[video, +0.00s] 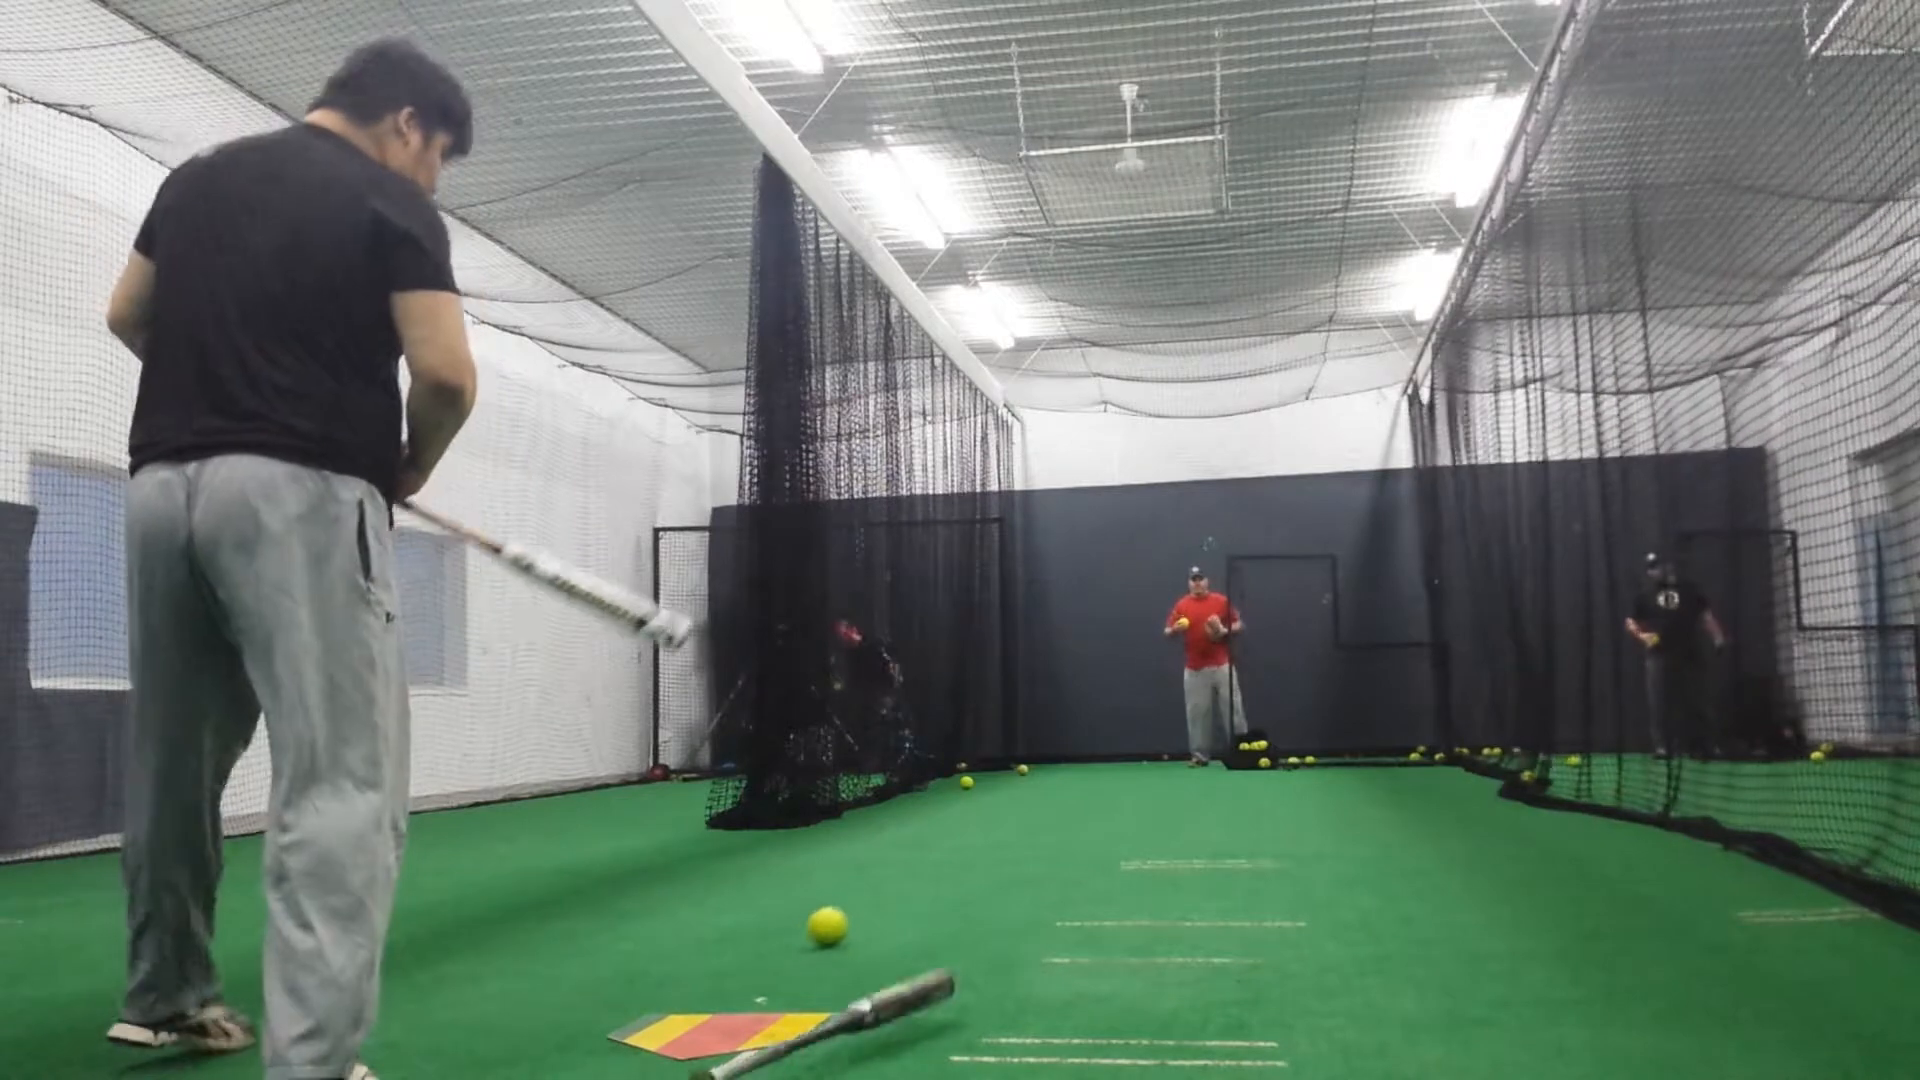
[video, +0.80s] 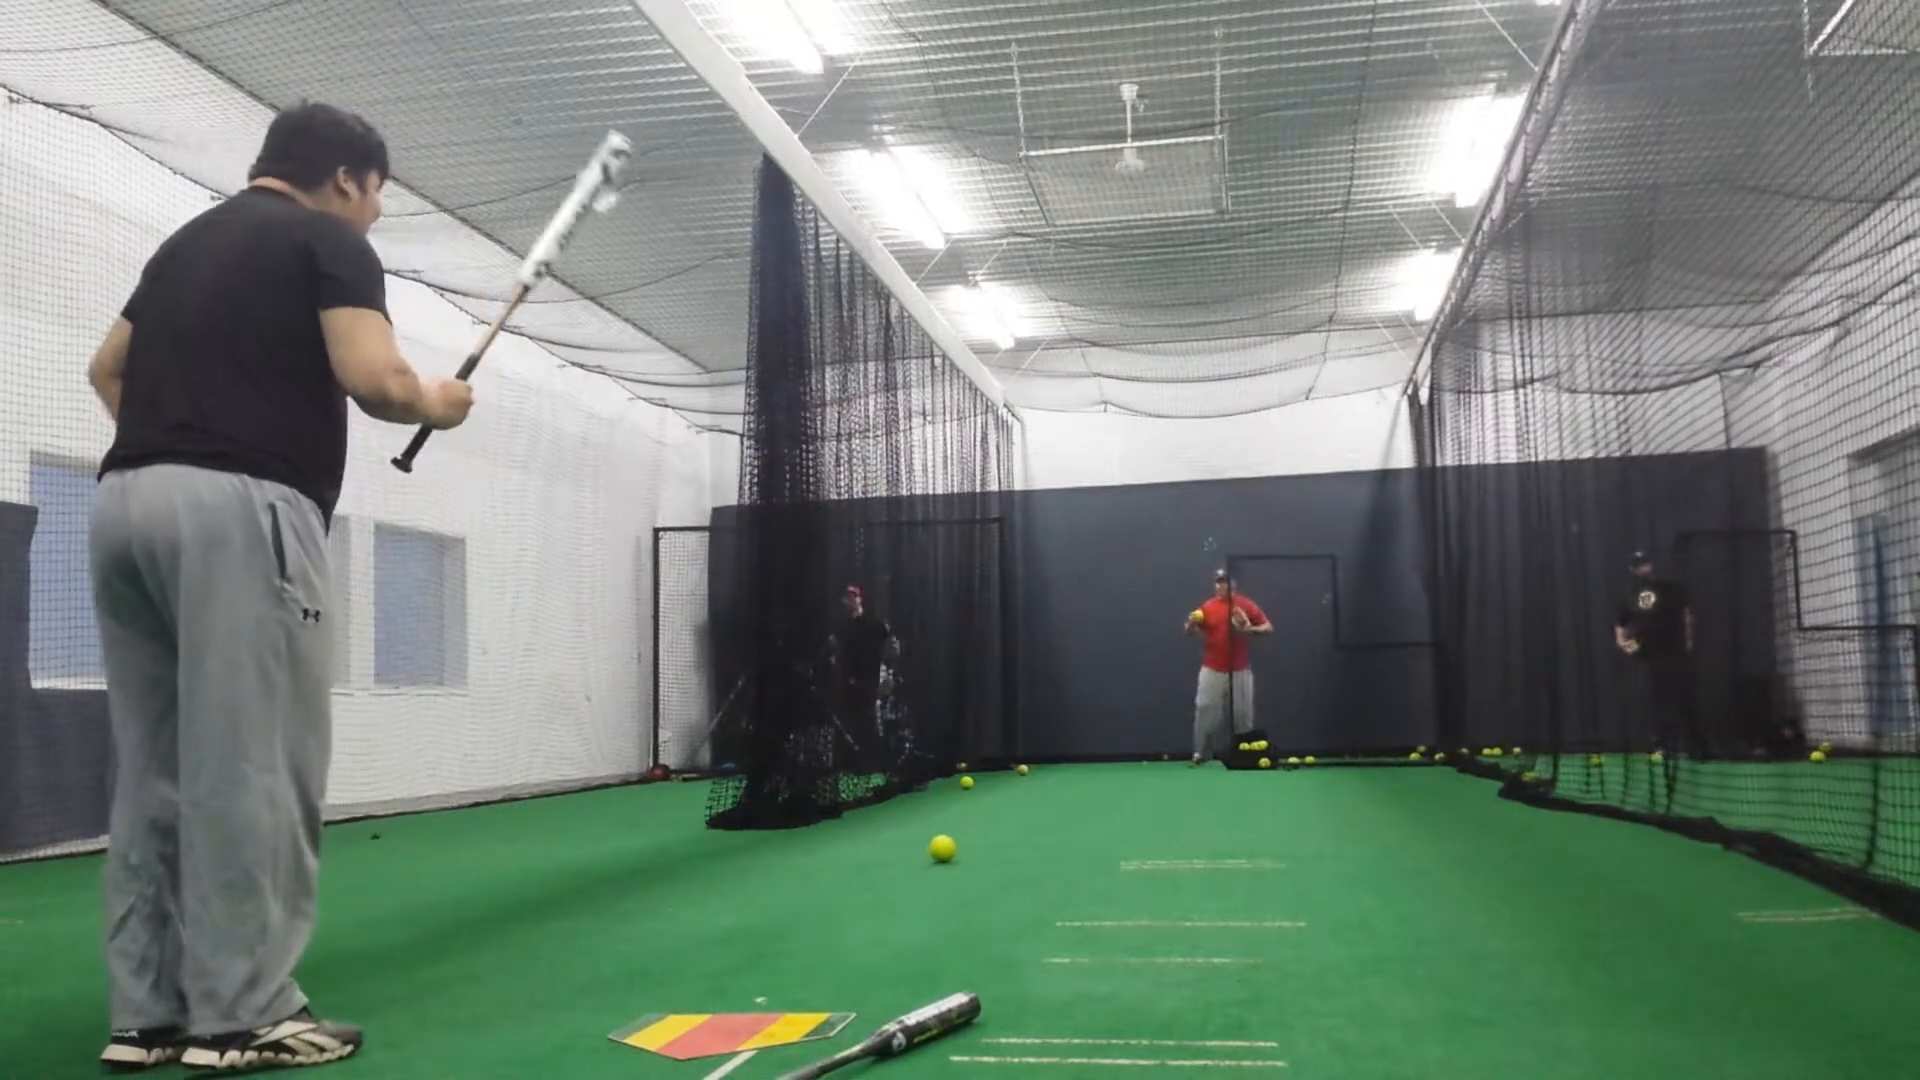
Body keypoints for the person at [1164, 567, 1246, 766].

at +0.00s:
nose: (1197, 583)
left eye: (1200, 579)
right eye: (1193, 579)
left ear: (1207, 582)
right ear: (1188, 583)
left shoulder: (1221, 601)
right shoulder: (1182, 605)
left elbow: (1238, 623)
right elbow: (1167, 631)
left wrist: (1224, 630)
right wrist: (1176, 629)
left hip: (1220, 665)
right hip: (1195, 667)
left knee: (1233, 708)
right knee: (1196, 711)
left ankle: (1241, 750)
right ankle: (1199, 752)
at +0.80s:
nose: (1222, 586)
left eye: (1225, 582)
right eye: (1219, 582)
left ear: (1233, 584)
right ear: (1214, 585)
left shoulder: (1245, 605)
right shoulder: (1208, 608)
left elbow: (1268, 627)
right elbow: (1192, 633)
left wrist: (1248, 628)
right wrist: (1191, 625)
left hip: (1240, 669)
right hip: (1212, 669)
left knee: (1243, 711)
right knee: (1205, 707)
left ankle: (1244, 752)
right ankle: (1201, 752)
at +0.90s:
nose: (1223, 584)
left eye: (1227, 579)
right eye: (1220, 580)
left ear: (1235, 582)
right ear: (1216, 583)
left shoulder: (1249, 601)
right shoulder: (1211, 605)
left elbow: (1273, 620)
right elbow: (1191, 629)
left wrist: (1252, 626)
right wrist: (1193, 619)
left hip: (1241, 666)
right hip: (1214, 664)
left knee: (1243, 710)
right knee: (1199, 702)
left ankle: (1246, 751)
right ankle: (1194, 750)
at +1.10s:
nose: (1226, 585)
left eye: (1229, 581)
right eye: (1223, 581)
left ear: (1237, 582)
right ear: (1218, 584)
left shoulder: (1252, 602)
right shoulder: (1214, 605)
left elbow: (1274, 622)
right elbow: (1205, 631)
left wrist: (1256, 626)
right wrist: (1197, 622)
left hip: (1241, 665)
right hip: (1214, 662)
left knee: (1242, 709)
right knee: (1196, 701)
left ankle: (1244, 750)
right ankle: (1178, 745)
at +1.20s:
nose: (1227, 586)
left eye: (1230, 581)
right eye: (1224, 582)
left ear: (1238, 583)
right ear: (1219, 585)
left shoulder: (1251, 604)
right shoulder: (1215, 606)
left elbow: (1272, 628)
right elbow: (1205, 632)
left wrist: (1255, 629)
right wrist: (1198, 623)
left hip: (1240, 667)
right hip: (1213, 664)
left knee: (1241, 712)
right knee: (1195, 701)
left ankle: (1243, 752)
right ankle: (1185, 747)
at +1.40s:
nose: (1225, 582)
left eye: (1228, 578)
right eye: (1221, 578)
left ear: (1236, 580)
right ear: (1217, 582)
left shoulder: (1248, 602)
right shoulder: (1212, 603)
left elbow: (1271, 622)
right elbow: (1201, 624)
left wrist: (1251, 628)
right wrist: (1193, 618)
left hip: (1239, 665)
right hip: (1213, 662)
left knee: (1241, 709)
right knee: (1197, 699)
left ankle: (1240, 749)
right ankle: (1193, 743)